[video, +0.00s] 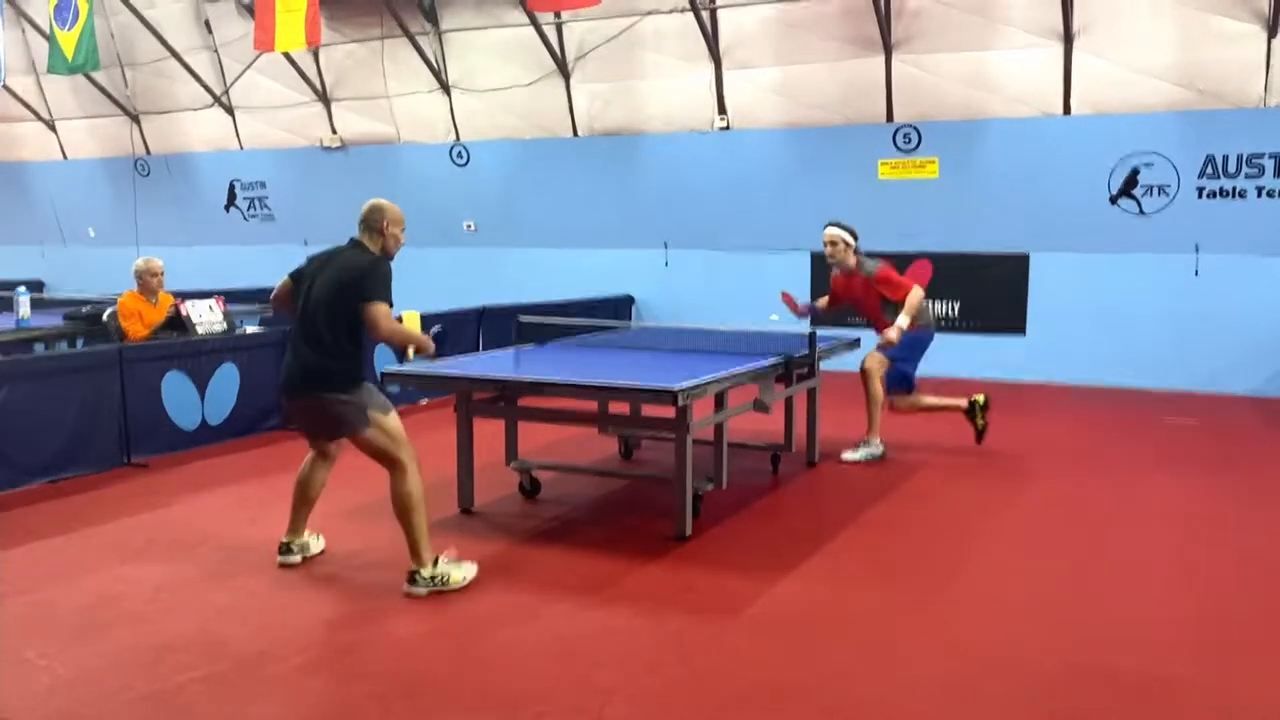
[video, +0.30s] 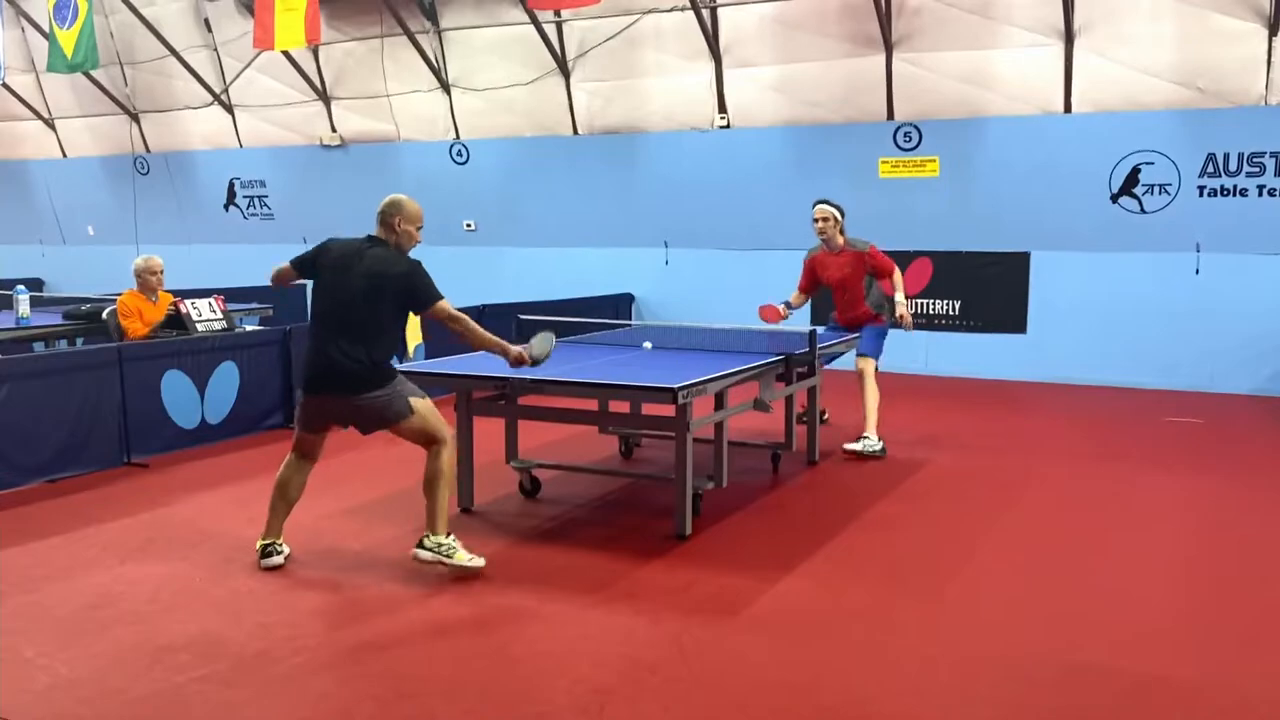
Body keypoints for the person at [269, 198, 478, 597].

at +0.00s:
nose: (402, 240)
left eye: (402, 232)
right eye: (400, 232)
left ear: (364, 229)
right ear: (383, 231)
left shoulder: (324, 258)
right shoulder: (374, 266)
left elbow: (280, 298)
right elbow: (382, 326)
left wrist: (320, 319)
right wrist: (417, 339)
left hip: (297, 381)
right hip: (339, 385)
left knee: (324, 450)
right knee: (402, 460)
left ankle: (293, 540)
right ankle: (425, 567)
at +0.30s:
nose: (419, 238)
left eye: (420, 230)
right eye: (416, 230)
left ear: (381, 224)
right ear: (396, 226)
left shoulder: (331, 250)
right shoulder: (405, 269)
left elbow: (279, 276)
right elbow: (452, 320)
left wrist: (291, 273)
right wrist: (506, 349)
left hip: (318, 380)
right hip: (371, 380)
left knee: (301, 455)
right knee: (442, 439)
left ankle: (269, 542)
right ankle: (436, 537)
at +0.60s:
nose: (487, 256)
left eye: (486, 248)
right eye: (483, 248)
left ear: (452, 244)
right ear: (464, 248)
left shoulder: (404, 266)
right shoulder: (480, 290)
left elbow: (357, 281)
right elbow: (537, 314)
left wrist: (295, 289)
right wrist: (590, 319)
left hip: (372, 382)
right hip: (430, 391)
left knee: (320, 449)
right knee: (480, 442)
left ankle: (277, 536)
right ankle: (501, 529)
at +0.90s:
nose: (436, 240)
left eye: (436, 233)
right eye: (433, 233)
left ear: (396, 232)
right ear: (417, 233)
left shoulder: (351, 263)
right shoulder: (427, 277)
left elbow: (299, 291)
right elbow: (463, 327)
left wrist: (299, 310)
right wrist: (517, 330)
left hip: (341, 385)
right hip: (398, 390)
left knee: (310, 461)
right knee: (451, 456)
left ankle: (286, 550)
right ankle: (497, 529)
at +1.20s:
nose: (396, 248)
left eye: (397, 240)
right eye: (392, 239)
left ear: (359, 239)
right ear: (368, 238)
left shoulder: (311, 265)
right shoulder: (357, 285)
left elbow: (260, 295)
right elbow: (350, 348)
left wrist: (252, 322)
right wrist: (397, 378)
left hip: (270, 395)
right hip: (314, 400)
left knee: (253, 473)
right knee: (392, 460)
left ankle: (189, 553)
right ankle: (383, 571)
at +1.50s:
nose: (365, 219)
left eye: (364, 211)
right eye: (360, 211)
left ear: (321, 216)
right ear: (342, 217)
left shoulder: (280, 255)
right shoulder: (357, 274)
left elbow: (239, 293)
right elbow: (419, 312)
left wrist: (277, 317)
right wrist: (461, 272)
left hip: (237, 390)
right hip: (295, 399)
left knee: (220, 473)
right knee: (370, 465)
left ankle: (183, 563)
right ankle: (382, 576)